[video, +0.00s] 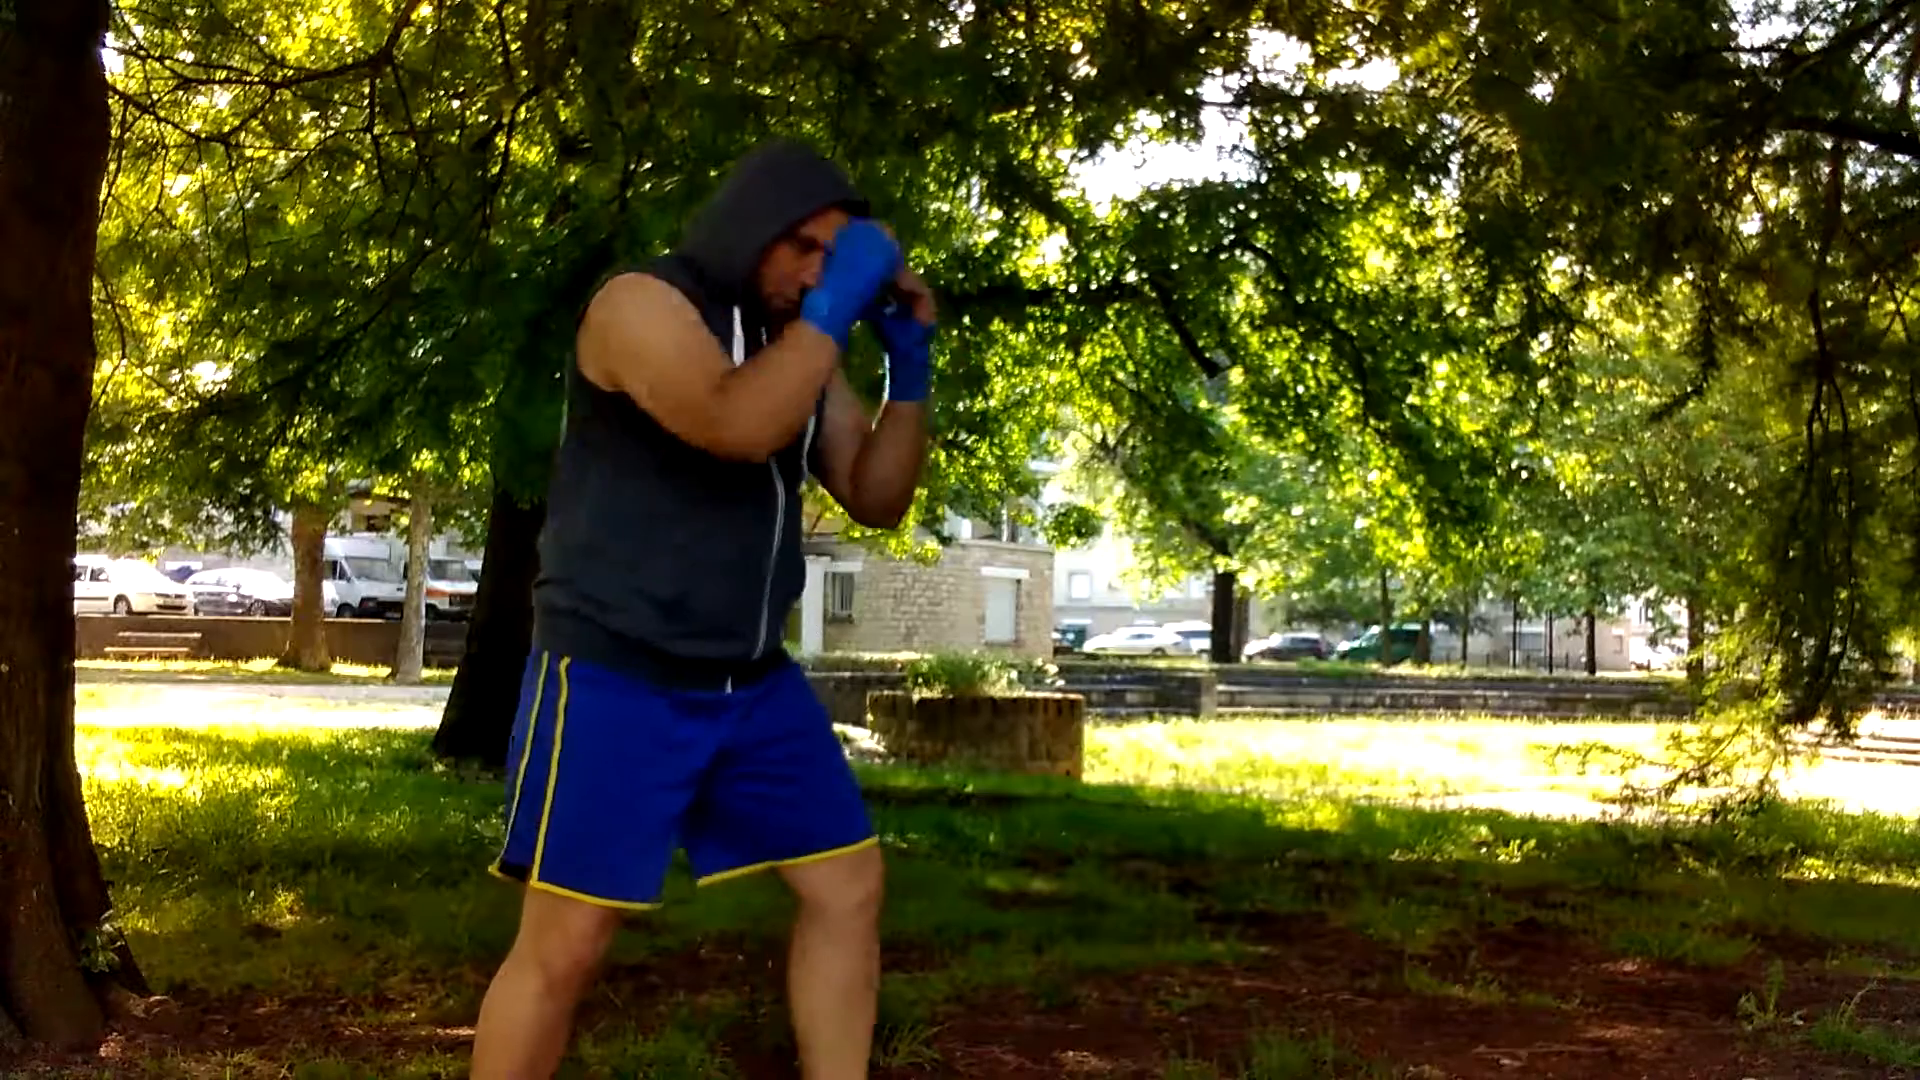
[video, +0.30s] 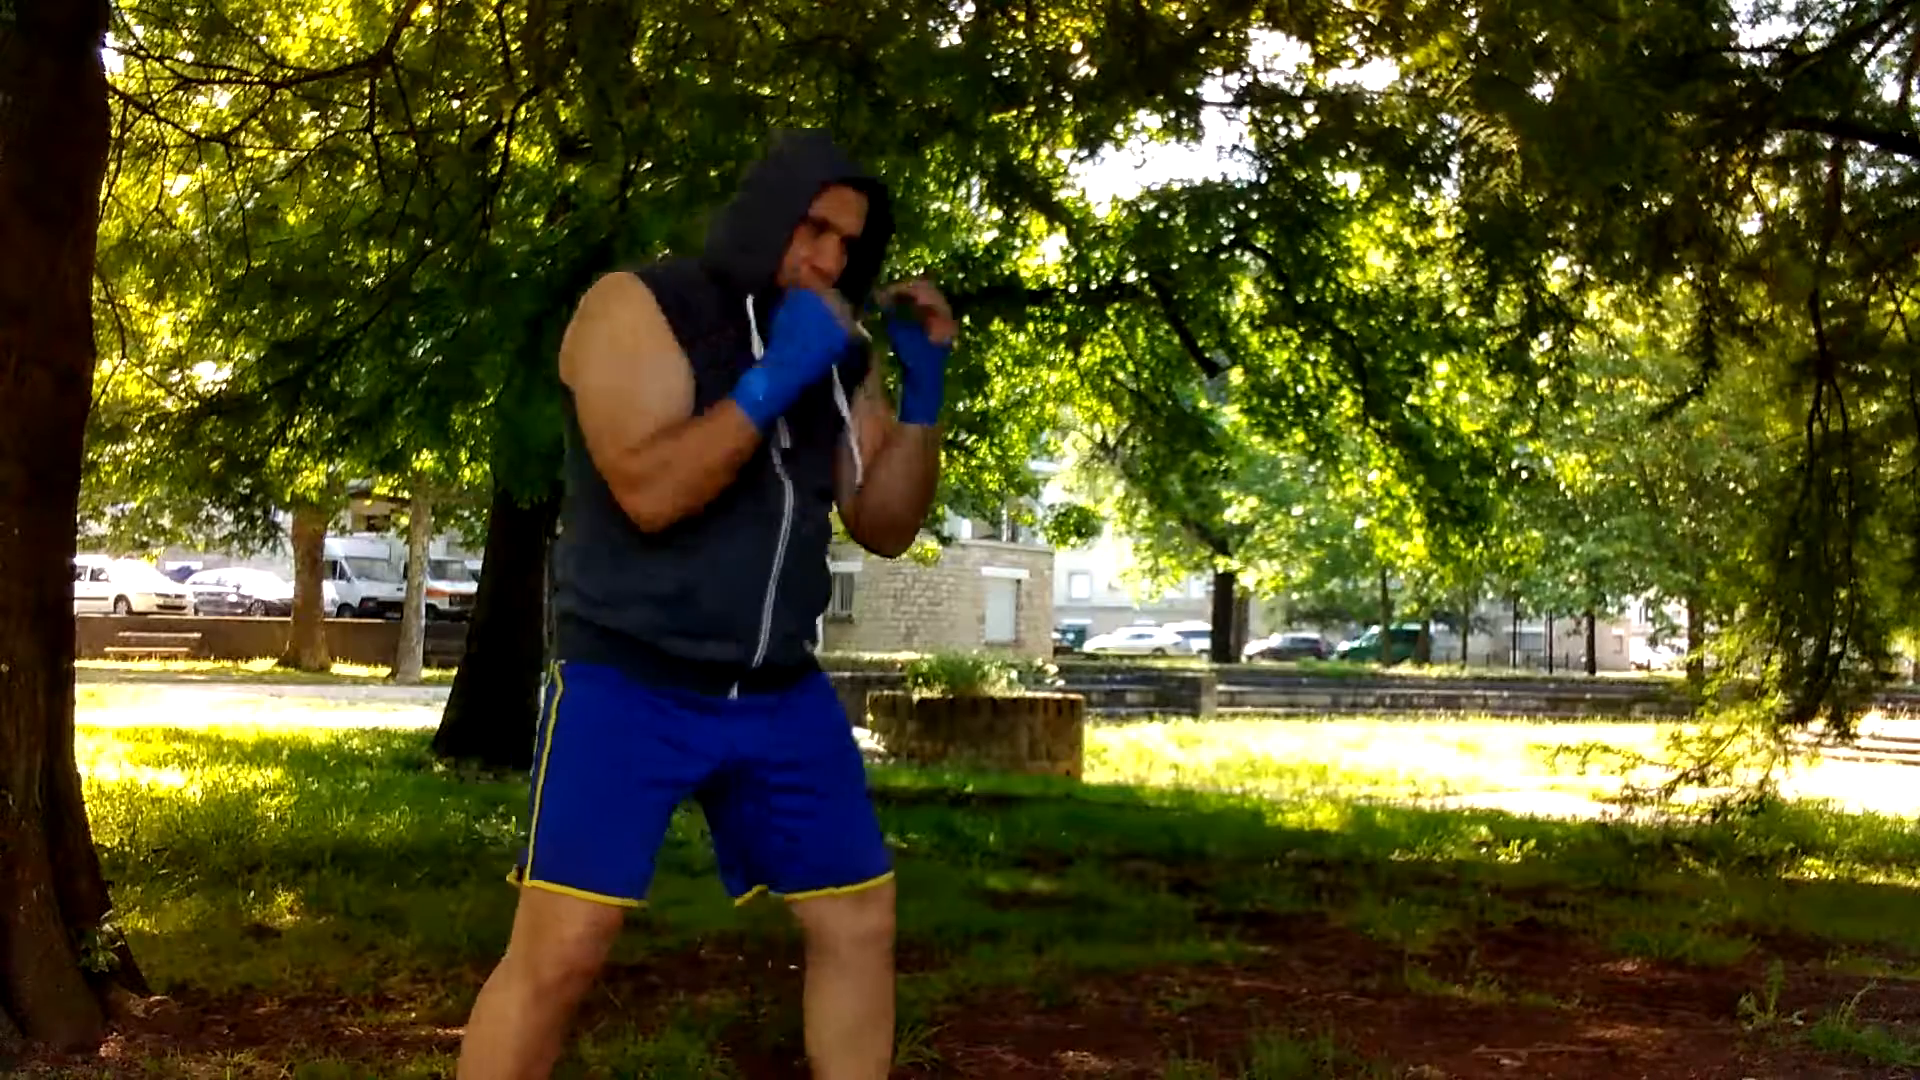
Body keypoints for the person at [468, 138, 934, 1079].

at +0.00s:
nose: (818, 277)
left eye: (831, 259)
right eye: (804, 248)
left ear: (837, 262)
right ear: (746, 231)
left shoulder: (796, 352)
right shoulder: (634, 305)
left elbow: (876, 498)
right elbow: (739, 424)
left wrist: (910, 363)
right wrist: (836, 306)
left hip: (750, 677)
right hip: (611, 675)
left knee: (845, 880)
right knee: (563, 943)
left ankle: (837, 1074)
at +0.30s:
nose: (831, 264)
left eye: (848, 246)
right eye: (816, 233)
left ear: (853, 255)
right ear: (760, 219)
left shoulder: (827, 353)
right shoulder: (627, 308)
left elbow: (885, 524)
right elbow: (650, 490)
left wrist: (923, 378)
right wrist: (781, 370)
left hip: (781, 693)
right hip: (626, 688)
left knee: (856, 920)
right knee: (557, 957)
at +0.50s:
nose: (788, 247)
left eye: (804, 228)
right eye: (768, 217)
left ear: (813, 240)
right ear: (707, 207)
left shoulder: (811, 345)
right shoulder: (588, 319)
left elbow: (883, 514)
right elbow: (631, 485)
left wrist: (895, 361)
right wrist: (737, 353)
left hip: (780, 694)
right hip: (618, 698)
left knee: (900, 896)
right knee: (550, 970)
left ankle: (881, 1075)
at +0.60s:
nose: (800, 239)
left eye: (818, 220)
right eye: (779, 210)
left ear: (832, 227)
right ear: (719, 199)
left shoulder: (813, 341)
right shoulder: (614, 289)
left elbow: (900, 497)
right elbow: (745, 361)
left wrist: (899, 338)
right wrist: (888, 262)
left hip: (791, 688)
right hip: (630, 691)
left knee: (887, 918)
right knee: (560, 972)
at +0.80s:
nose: (856, 247)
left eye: (877, 230)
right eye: (835, 218)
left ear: (893, 247)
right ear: (781, 215)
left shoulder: (879, 357)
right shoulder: (661, 311)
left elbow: (951, 522)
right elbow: (701, 475)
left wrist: (961, 348)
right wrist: (835, 329)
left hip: (824, 712)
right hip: (656, 705)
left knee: (909, 947)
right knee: (571, 970)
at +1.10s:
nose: (826, 237)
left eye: (844, 219)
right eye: (804, 209)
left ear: (857, 233)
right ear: (739, 204)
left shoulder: (842, 338)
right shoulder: (621, 305)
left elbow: (957, 474)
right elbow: (686, 451)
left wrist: (944, 315)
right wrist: (794, 309)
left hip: (815, 705)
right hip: (647, 707)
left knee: (932, 926)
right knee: (569, 987)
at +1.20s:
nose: (874, 232)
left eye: (878, 210)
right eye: (855, 208)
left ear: (870, 217)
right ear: (795, 215)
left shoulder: (867, 325)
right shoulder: (659, 280)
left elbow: (1017, 371)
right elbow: (837, 273)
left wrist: (978, 205)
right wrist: (967, 154)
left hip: (826, 708)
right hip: (657, 710)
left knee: (934, 948)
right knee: (578, 992)